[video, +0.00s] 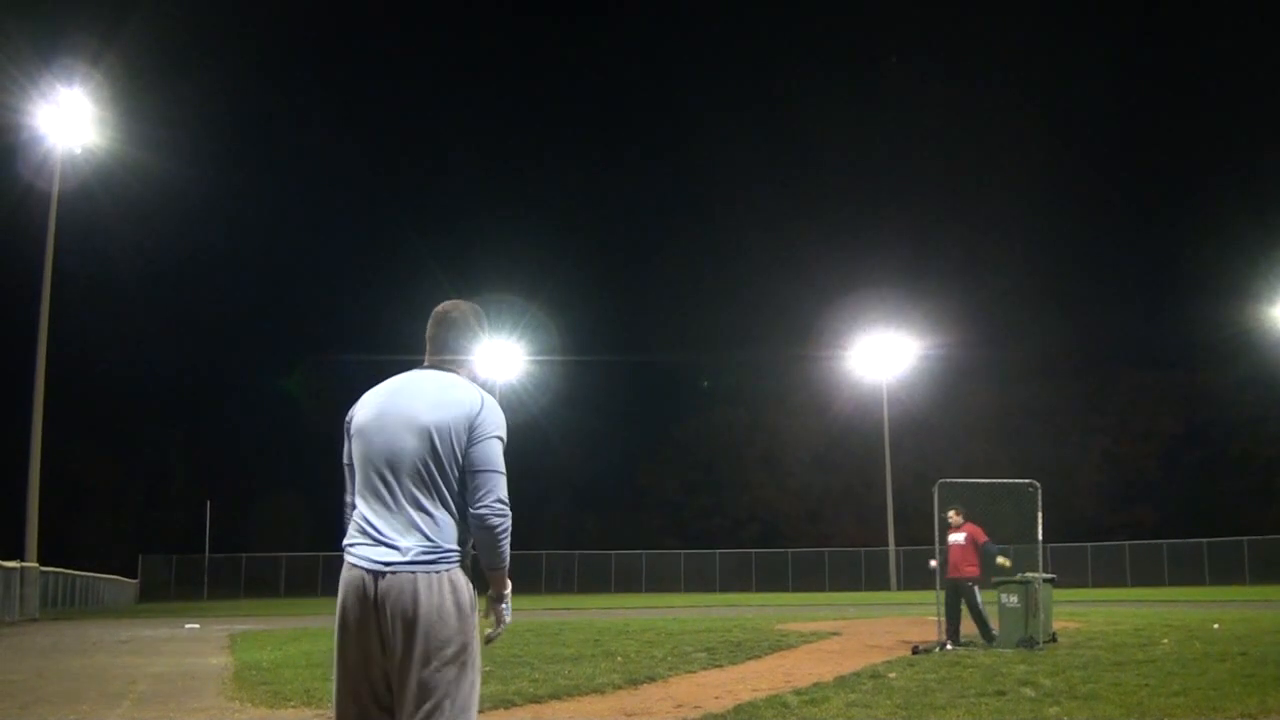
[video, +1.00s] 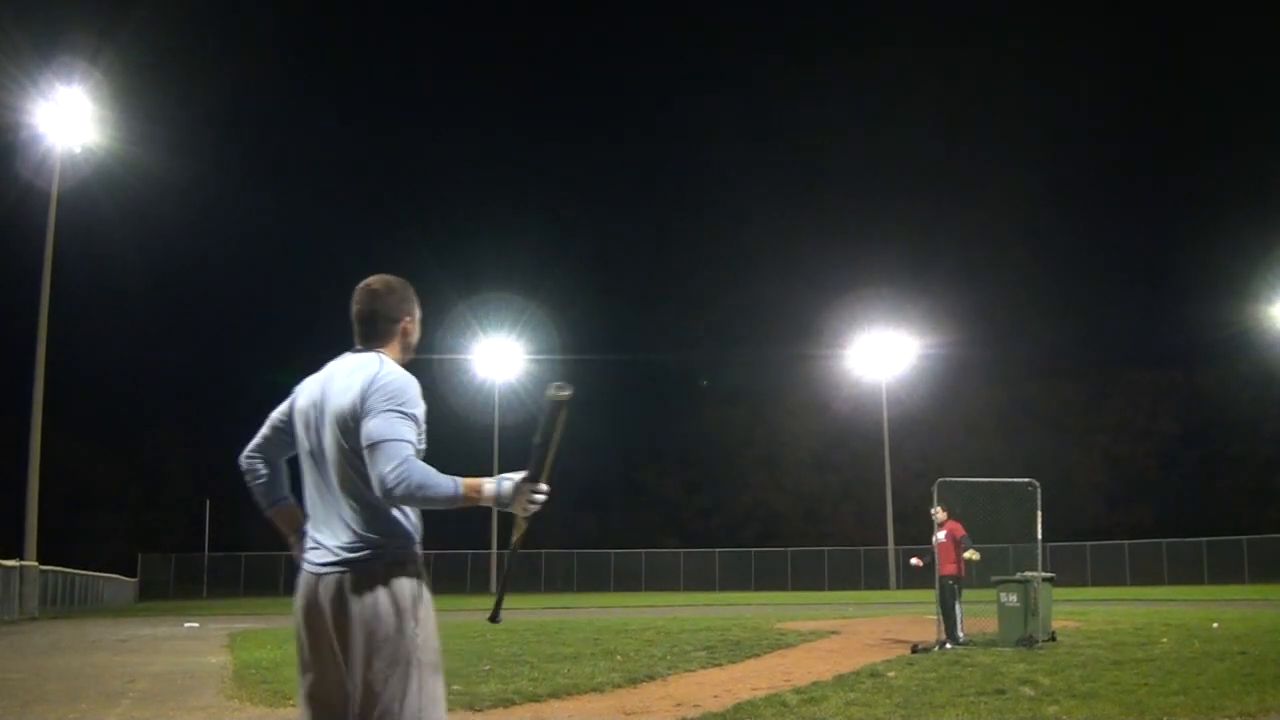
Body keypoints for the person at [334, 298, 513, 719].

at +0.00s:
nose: (487, 360)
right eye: (484, 350)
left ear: (428, 347)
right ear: (476, 353)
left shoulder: (366, 402)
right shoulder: (479, 406)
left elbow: (353, 505)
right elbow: (489, 512)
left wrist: (365, 564)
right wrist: (499, 587)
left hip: (357, 583)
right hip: (433, 589)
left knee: (358, 712)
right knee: (440, 712)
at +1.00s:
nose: (418, 330)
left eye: (417, 320)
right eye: (417, 320)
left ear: (359, 322)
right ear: (407, 324)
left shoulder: (310, 387)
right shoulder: (391, 381)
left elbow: (257, 461)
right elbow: (397, 477)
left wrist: (301, 537)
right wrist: (490, 490)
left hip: (315, 585)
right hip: (381, 585)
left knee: (327, 711)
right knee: (405, 711)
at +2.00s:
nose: (342, 316)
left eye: (341, 305)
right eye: (341, 305)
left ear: (279, 313)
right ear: (328, 311)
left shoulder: (251, 380)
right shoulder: (306, 369)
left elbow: (234, 495)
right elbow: (306, 469)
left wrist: (327, 546)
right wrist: (396, 478)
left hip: (248, 576)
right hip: (299, 582)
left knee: (248, 710)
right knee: (292, 710)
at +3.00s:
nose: (367, 321)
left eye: (367, 310)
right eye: (367, 309)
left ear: (306, 311)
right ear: (353, 313)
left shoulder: (273, 380)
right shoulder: (325, 374)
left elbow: (278, 501)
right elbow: (365, 473)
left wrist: (355, 533)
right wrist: (419, 449)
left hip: (276, 583)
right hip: (317, 590)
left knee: (282, 710)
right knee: (313, 711)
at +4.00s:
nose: (440, 364)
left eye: (443, 353)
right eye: (439, 352)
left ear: (407, 342)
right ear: (413, 344)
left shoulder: (355, 388)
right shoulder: (348, 389)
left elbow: (338, 503)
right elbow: (318, 502)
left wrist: (369, 583)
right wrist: (362, 608)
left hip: (322, 587)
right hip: (304, 590)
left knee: (351, 709)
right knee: (322, 711)